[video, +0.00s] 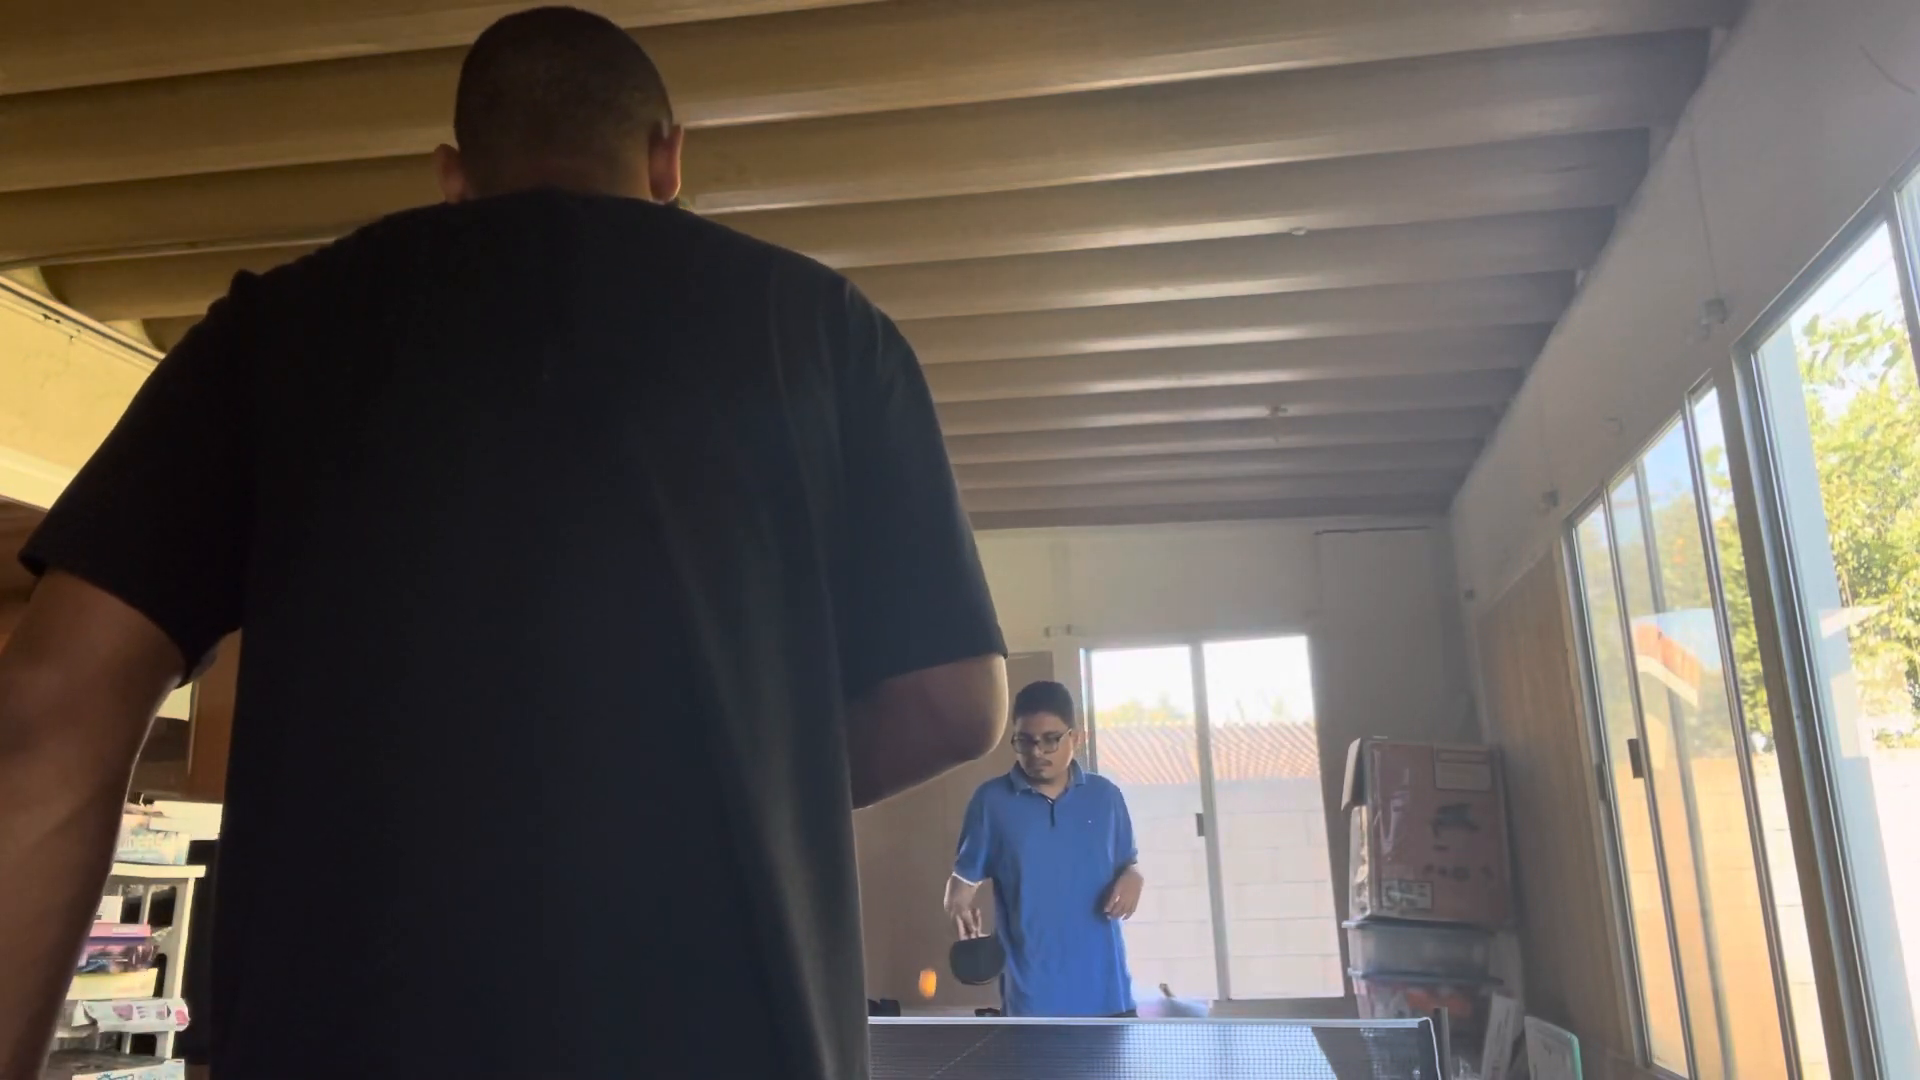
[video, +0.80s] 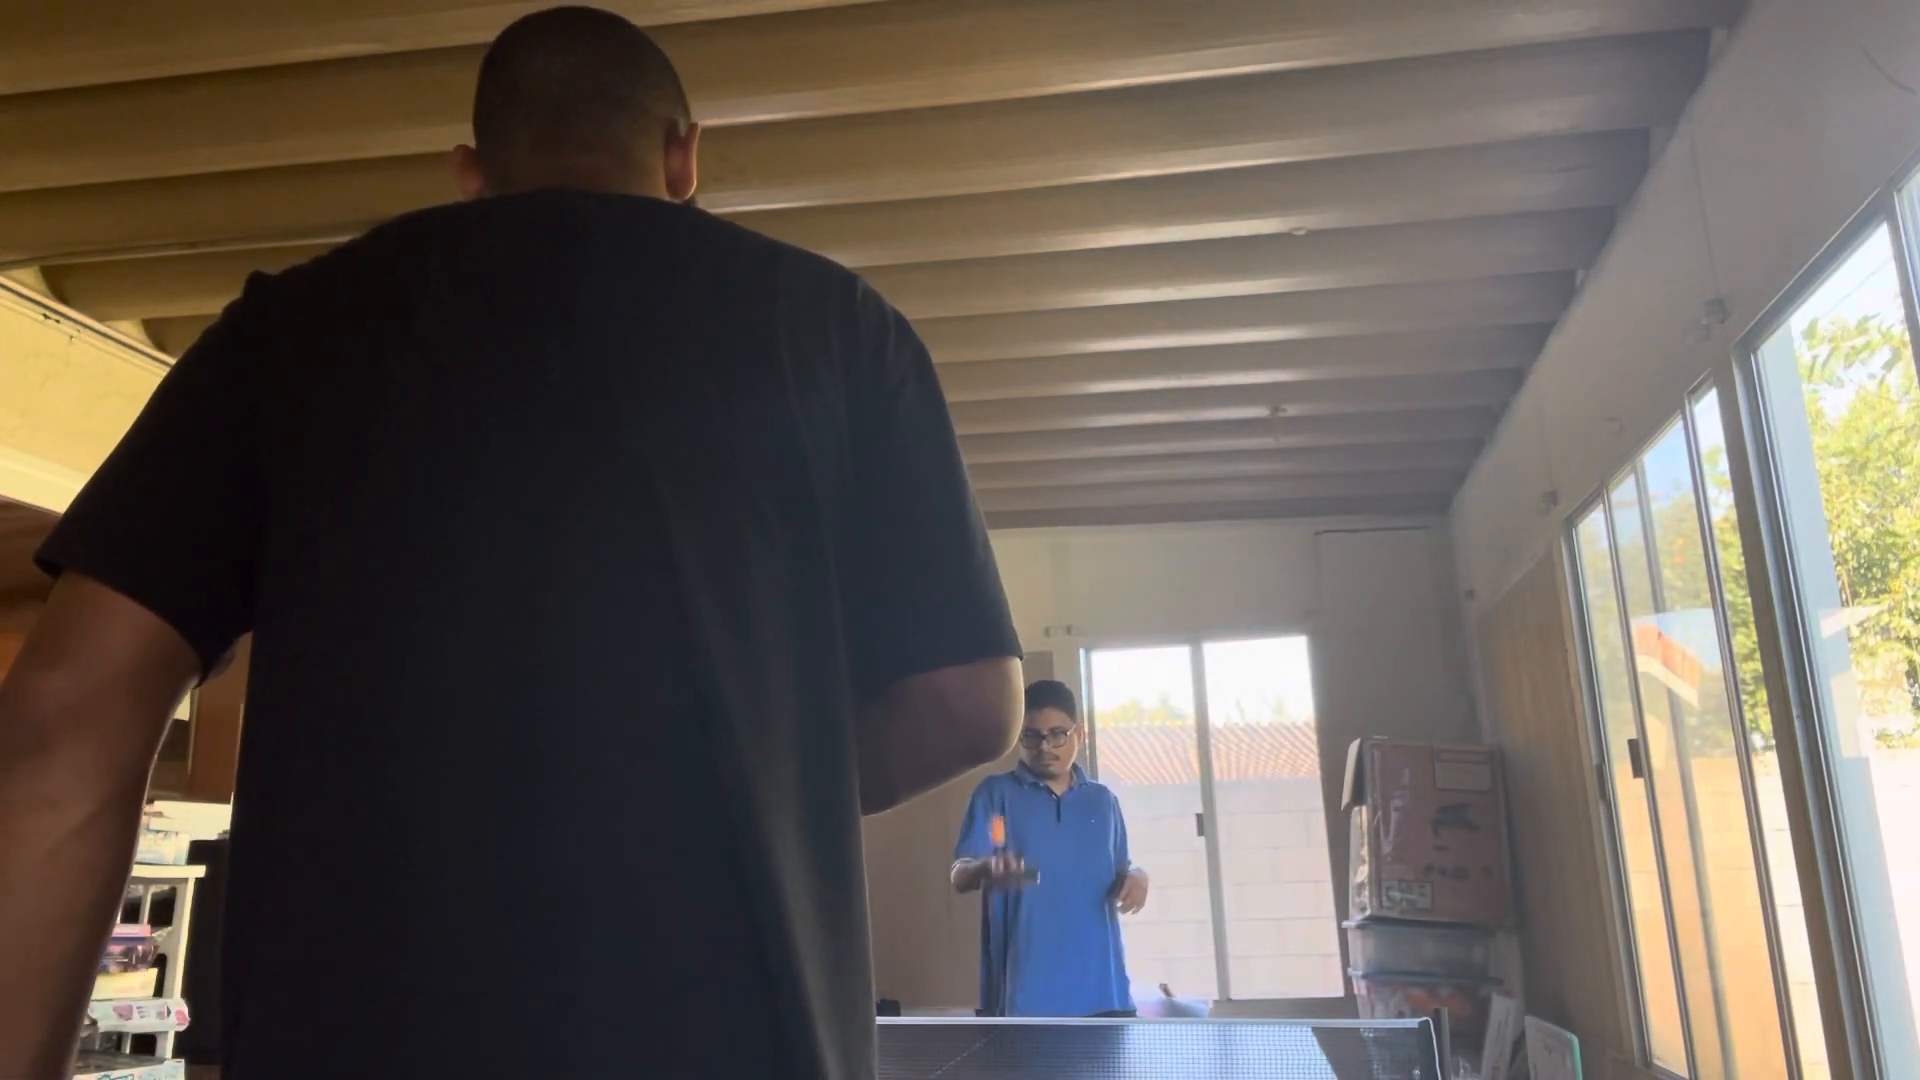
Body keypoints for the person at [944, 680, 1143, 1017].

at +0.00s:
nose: (1038, 752)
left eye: (1051, 739)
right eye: (1026, 740)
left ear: (1075, 739)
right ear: (1013, 740)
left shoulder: (1105, 797)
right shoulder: (992, 801)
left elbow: (1127, 864)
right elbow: (964, 880)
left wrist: (1133, 879)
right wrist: (960, 906)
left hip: (1105, 990)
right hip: (1032, 996)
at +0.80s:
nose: (1045, 746)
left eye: (1057, 734)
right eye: (1032, 736)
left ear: (1079, 736)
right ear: (1019, 738)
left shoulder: (1102, 801)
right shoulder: (996, 794)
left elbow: (1118, 879)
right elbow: (959, 877)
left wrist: (1137, 878)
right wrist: (986, 868)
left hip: (1100, 994)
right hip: (1023, 997)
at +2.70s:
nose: (1075, 740)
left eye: (1085, 732)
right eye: (1066, 729)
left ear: (1095, 740)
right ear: (1040, 733)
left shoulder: (1111, 799)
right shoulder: (1014, 793)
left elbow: (1124, 870)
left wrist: (1140, 877)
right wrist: (1022, 865)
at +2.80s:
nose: (1069, 746)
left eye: (1078, 737)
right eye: (1058, 736)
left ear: (1091, 742)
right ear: (1029, 736)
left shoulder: (1110, 800)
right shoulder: (1011, 796)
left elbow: (1124, 875)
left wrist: (1145, 878)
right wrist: (1036, 859)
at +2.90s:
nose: (1072, 750)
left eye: (1082, 740)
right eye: (1060, 740)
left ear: (1093, 745)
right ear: (1029, 741)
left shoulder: (1108, 801)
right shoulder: (1013, 801)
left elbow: (1123, 882)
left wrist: (1152, 879)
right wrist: (1052, 859)